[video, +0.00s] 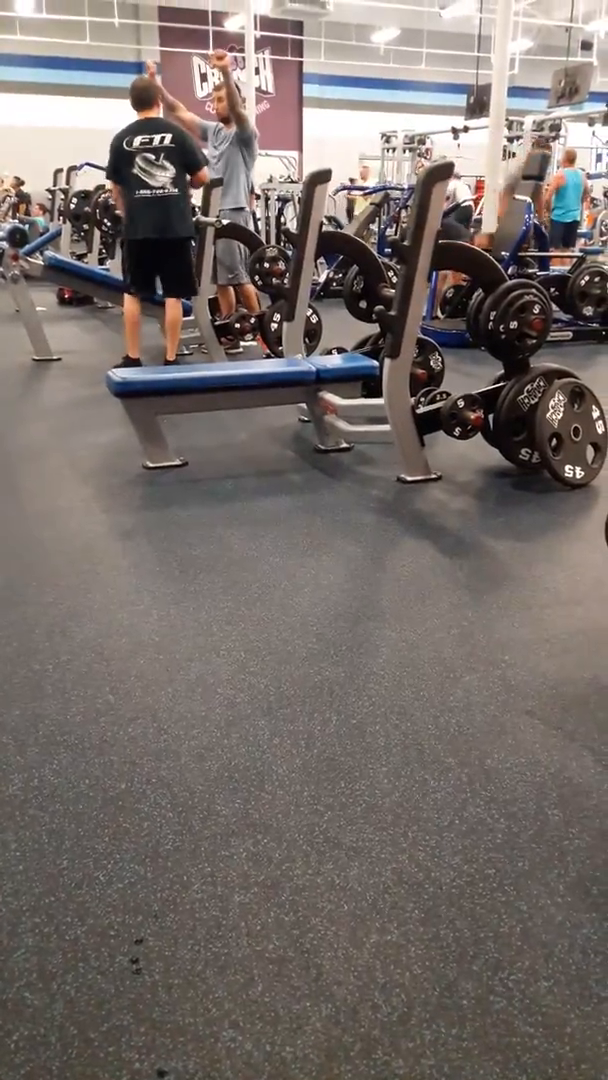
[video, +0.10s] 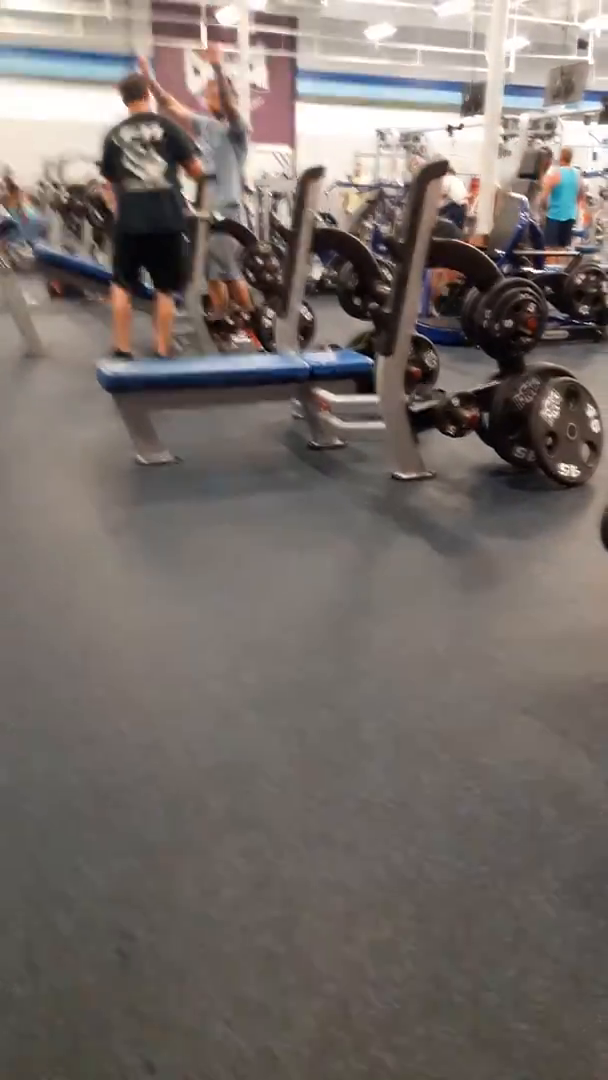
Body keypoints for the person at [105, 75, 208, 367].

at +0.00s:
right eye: (159, 95)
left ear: (132, 103)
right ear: (159, 99)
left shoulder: (122, 138)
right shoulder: (178, 133)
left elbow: (116, 186)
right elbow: (201, 177)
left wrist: (126, 210)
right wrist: (181, 181)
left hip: (138, 226)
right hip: (175, 225)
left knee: (132, 293)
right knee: (173, 295)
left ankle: (132, 357)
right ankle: (171, 358)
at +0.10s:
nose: (148, 98)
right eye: (148, 93)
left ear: (123, 100)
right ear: (149, 94)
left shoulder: (115, 135)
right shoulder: (167, 127)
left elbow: (109, 180)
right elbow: (195, 168)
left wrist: (118, 211)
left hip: (130, 209)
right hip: (166, 208)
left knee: (121, 283)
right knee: (165, 287)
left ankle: (122, 347)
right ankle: (163, 349)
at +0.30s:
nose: (154, 104)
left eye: (159, 99)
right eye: (155, 98)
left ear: (169, 103)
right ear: (164, 103)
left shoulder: (172, 138)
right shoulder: (156, 135)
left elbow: (156, 173)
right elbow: (150, 171)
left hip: (168, 212)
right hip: (153, 212)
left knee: (169, 270)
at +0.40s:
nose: (168, 146)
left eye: (173, 142)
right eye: (169, 142)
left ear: (184, 148)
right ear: (169, 147)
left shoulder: (192, 178)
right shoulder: (163, 173)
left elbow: (182, 151)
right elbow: (132, 154)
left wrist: (177, 119)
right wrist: (112, 124)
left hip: (181, 250)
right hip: (159, 249)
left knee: (179, 310)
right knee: (160, 313)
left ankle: (194, 364)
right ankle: (163, 365)